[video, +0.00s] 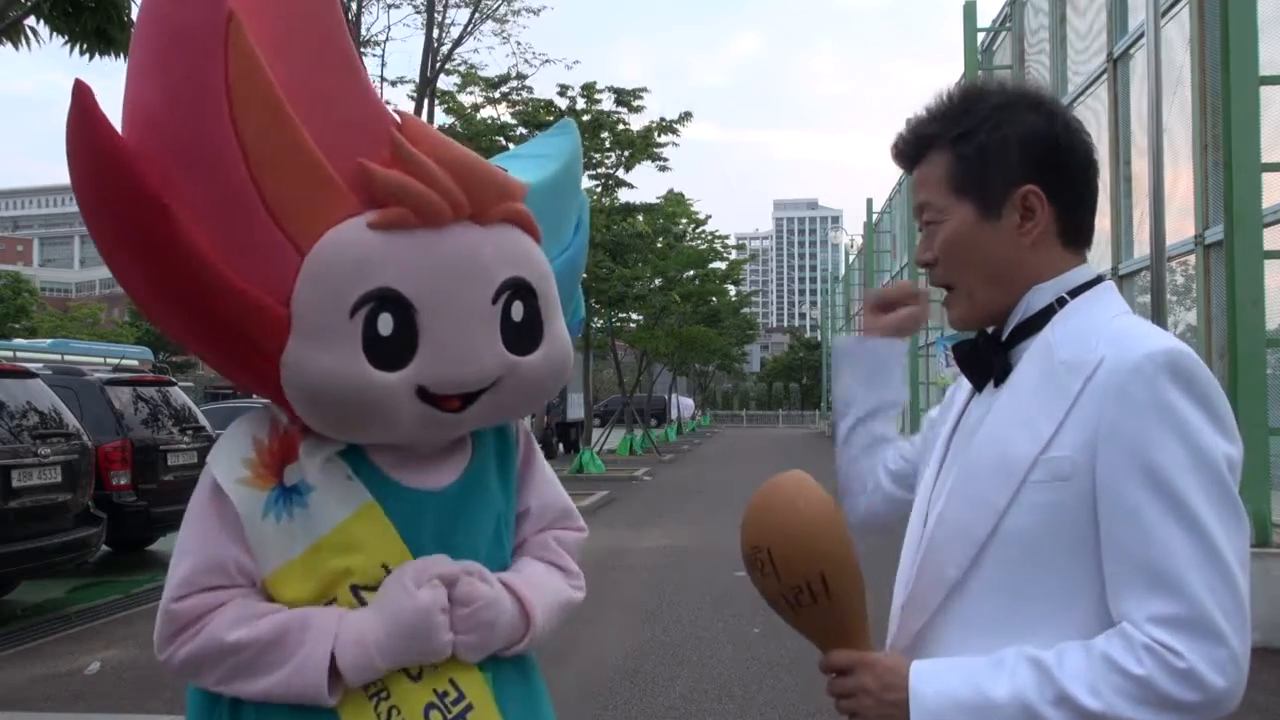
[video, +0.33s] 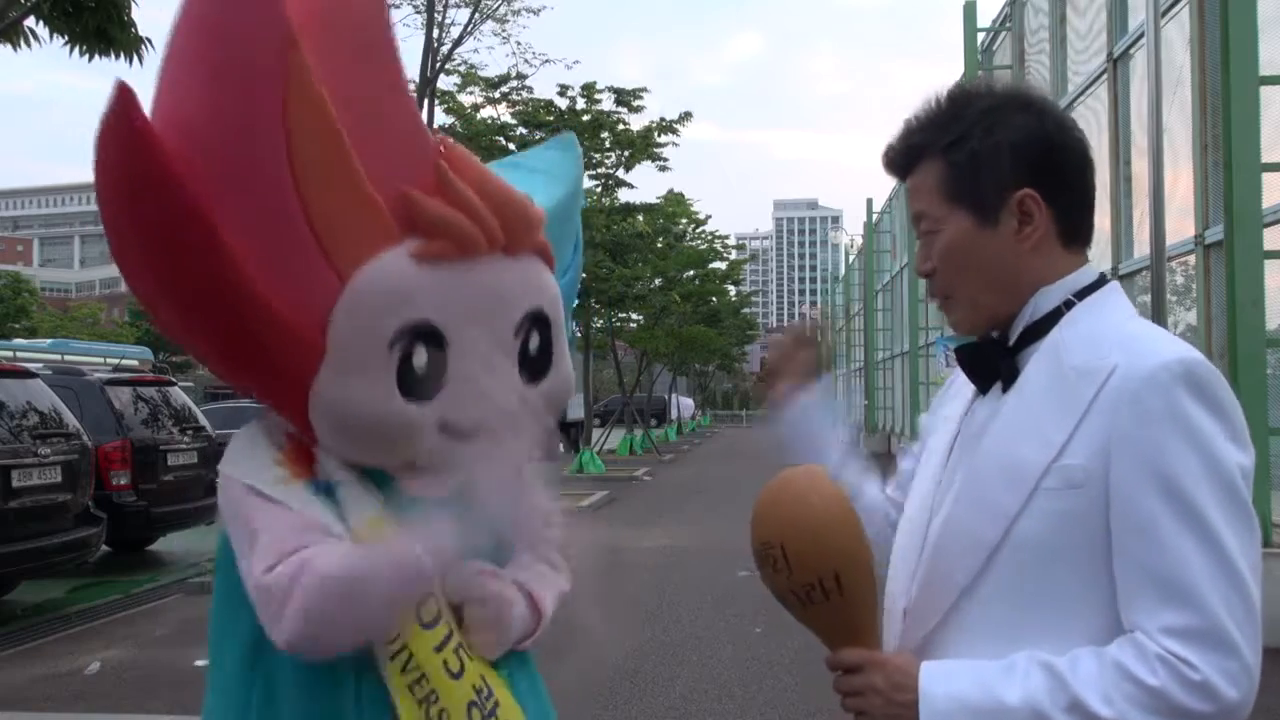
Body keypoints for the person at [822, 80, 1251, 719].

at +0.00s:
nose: (922, 255)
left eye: (933, 222)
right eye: (921, 228)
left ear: (1026, 213)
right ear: (1023, 217)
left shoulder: (1142, 371)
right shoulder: (988, 373)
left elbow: (1192, 663)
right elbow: (873, 500)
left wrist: (923, 692)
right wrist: (874, 346)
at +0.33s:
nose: (920, 266)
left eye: (931, 231)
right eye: (918, 236)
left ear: (1025, 220)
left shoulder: (1156, 381)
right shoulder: (977, 375)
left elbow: (1204, 673)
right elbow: (897, 546)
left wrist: (930, 693)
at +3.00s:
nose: (833, 251)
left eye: (845, 218)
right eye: (837, 222)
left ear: (928, 223)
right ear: (927, 226)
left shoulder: (1055, 374)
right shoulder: (911, 389)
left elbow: (1151, 673)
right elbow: (910, 598)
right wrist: (815, 659)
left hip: (1031, 711)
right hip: (927, 709)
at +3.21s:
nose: (865, 243)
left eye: (881, 208)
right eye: (873, 212)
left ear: (963, 216)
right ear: (960, 219)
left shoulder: (1081, 367)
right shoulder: (945, 373)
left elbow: (1121, 669)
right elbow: (932, 591)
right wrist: (816, 651)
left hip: (1018, 705)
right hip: (928, 704)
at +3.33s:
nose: (893, 232)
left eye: (908, 198)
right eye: (899, 202)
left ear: (992, 207)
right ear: (992, 210)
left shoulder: (1109, 361)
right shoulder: (967, 365)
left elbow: (1123, 669)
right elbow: (945, 579)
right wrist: (828, 630)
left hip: (1016, 705)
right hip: (930, 703)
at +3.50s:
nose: (935, 222)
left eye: (954, 186)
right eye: (943, 190)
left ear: (1042, 198)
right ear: (1035, 200)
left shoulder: (1142, 356)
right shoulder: (1011, 356)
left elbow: (1139, 668)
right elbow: (964, 551)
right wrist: (823, 574)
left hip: (1020, 705)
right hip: (931, 701)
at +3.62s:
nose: (979, 226)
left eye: (996, 190)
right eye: (985, 194)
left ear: (1090, 203)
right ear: (1085, 205)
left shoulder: (1159, 373)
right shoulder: (1074, 354)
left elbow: (1131, 691)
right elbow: (931, 458)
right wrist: (800, 379)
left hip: (1011, 708)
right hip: (934, 696)